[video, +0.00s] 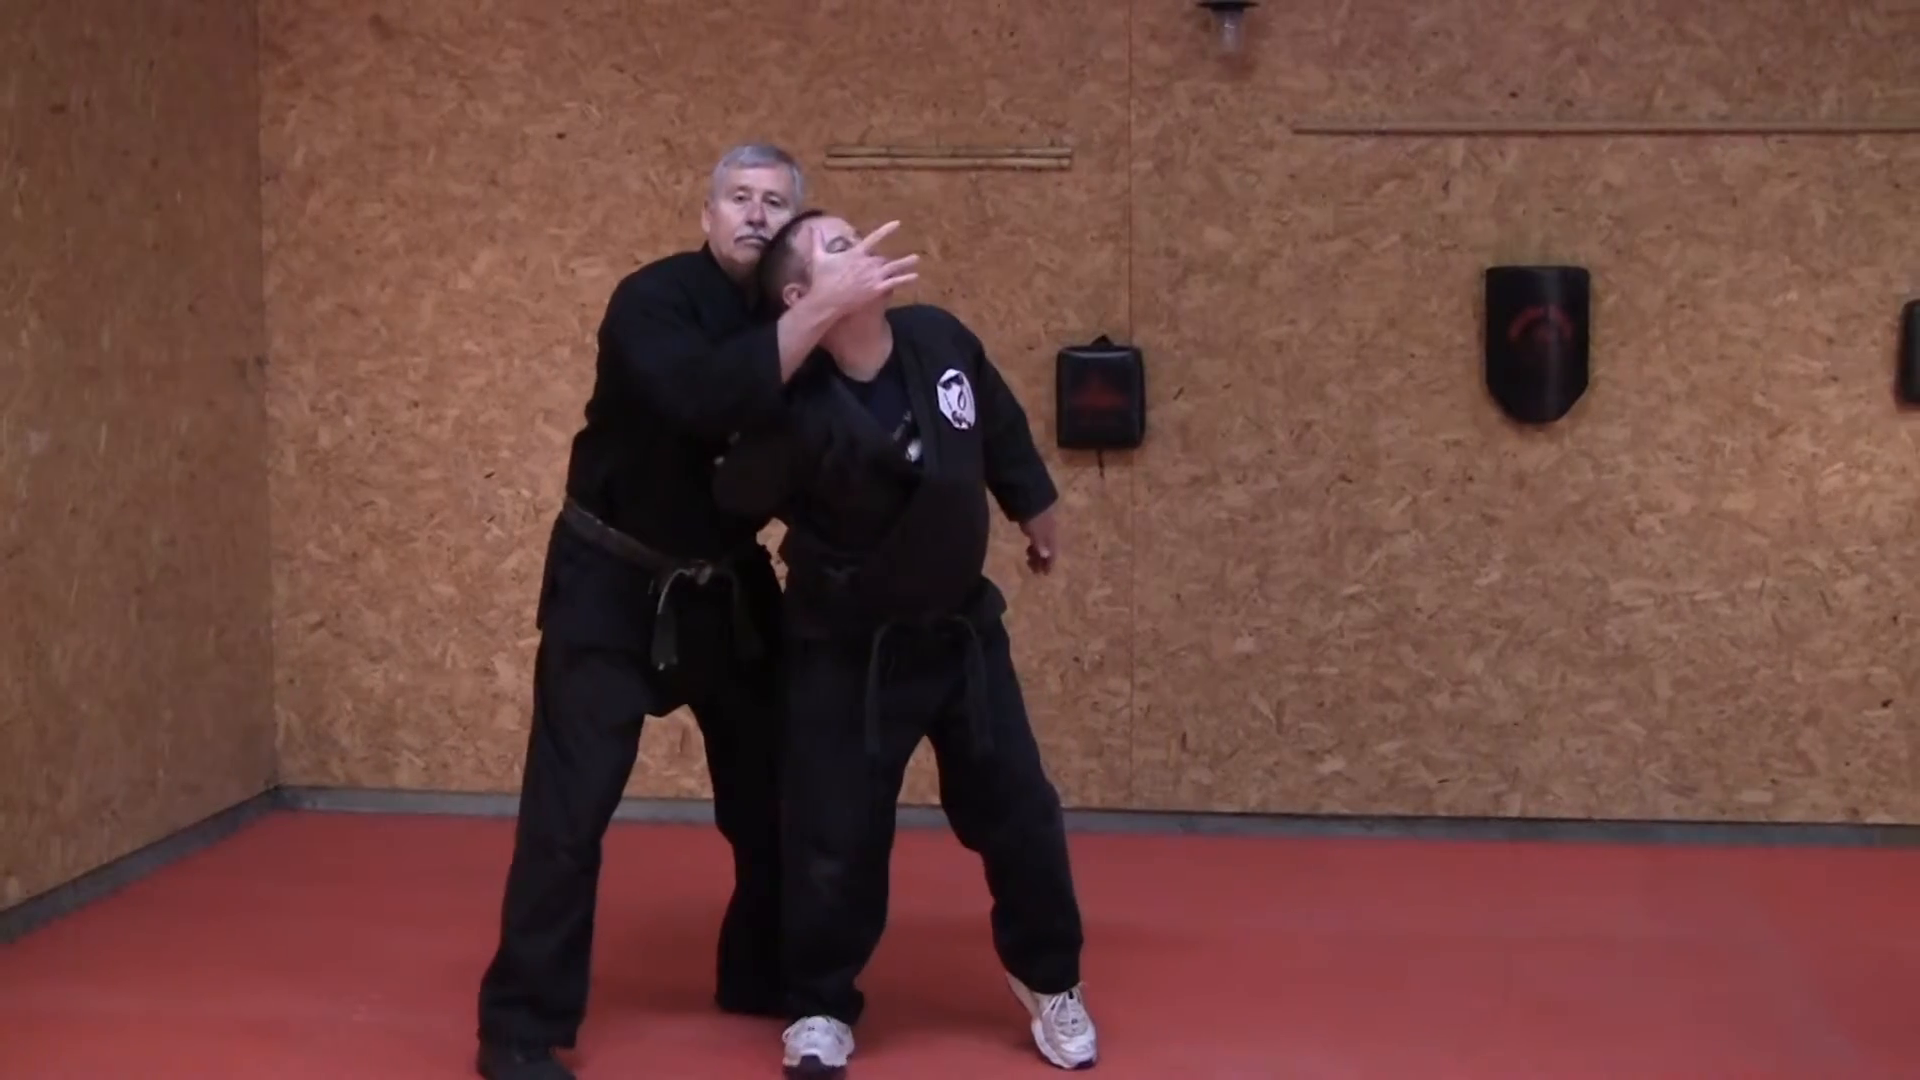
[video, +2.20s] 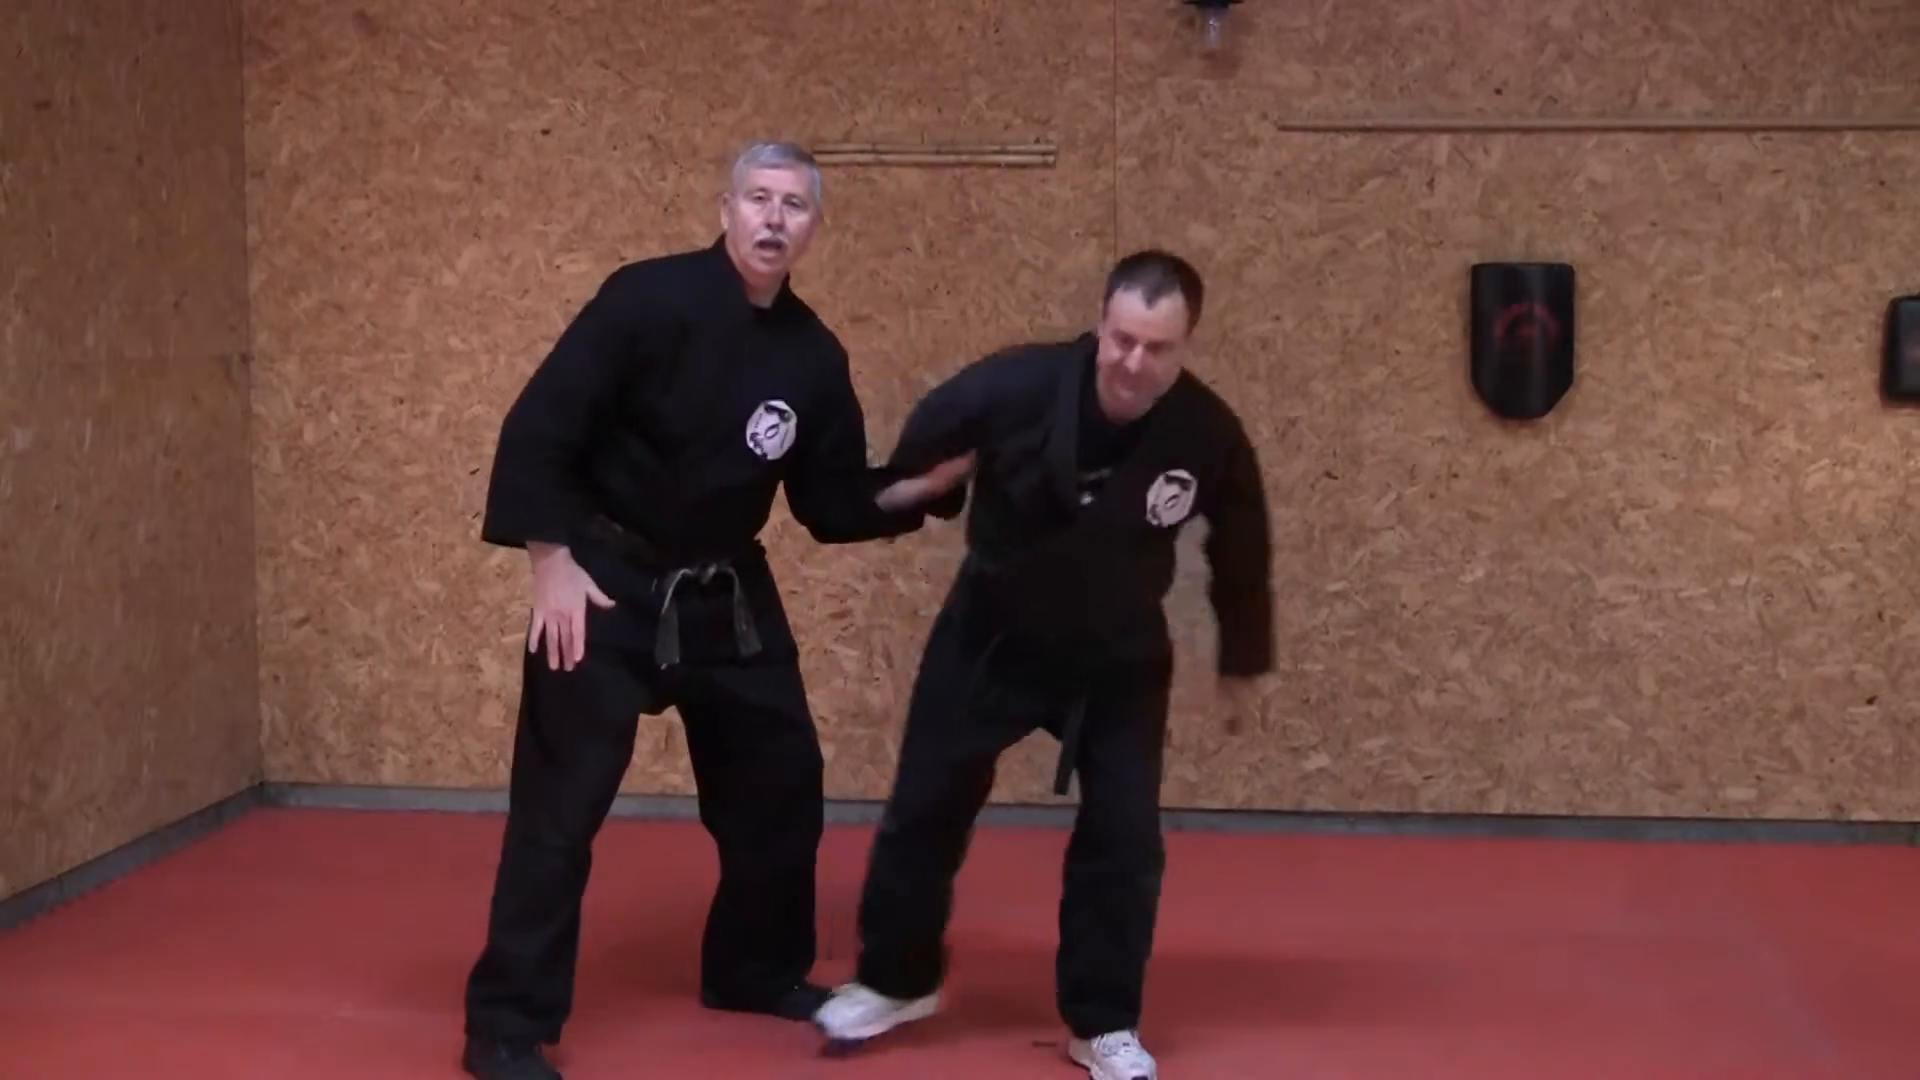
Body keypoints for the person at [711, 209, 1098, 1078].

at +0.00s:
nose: (862, 245)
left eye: (854, 235)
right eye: (833, 245)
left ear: (873, 268)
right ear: (805, 301)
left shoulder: (938, 339)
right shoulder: (799, 410)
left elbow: (999, 423)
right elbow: (735, 505)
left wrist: (1034, 505)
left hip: (959, 626)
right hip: (843, 639)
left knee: (1018, 807)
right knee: (832, 826)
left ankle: (1050, 981)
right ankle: (820, 1007)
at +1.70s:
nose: (964, 302)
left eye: (959, 285)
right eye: (940, 295)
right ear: (882, 322)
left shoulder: (980, 361)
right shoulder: (838, 416)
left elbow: (1005, 452)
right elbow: (733, 474)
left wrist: (1005, 536)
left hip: (962, 629)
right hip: (846, 645)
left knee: (1030, 803)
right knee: (828, 833)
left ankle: (1042, 968)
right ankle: (807, 1015)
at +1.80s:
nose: (1002, 319)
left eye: (999, 302)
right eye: (981, 310)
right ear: (919, 330)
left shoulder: (1013, 375)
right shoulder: (863, 419)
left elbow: (1025, 460)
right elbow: (759, 454)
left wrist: (1021, 541)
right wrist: (772, 434)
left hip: (973, 634)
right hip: (861, 645)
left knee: (1037, 812)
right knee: (835, 829)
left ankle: (1074, 989)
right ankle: (807, 1015)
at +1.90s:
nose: (1053, 344)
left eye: (1052, 327)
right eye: (1031, 332)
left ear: (1055, 325)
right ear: (970, 340)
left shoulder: (1063, 408)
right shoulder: (903, 417)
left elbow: (1056, 537)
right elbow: (793, 445)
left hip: (997, 651)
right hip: (882, 655)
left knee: (1046, 830)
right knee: (839, 833)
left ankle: (1092, 1011)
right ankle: (807, 1015)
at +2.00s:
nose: (1104, 372)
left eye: (1113, 352)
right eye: (1082, 354)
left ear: (1121, 347)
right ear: (1025, 349)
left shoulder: (1119, 426)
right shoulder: (952, 413)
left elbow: (1119, 518)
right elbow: (827, 437)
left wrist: (1102, 590)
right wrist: (878, 489)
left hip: (1040, 652)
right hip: (918, 652)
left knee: (1077, 838)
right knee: (854, 828)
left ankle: (1101, 1018)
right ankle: (807, 1013)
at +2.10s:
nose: (1130, 380)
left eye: (1148, 361)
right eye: (1113, 357)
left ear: (1164, 358)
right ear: (1073, 341)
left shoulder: (1169, 435)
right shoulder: (989, 400)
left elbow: (1182, 540)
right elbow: (871, 442)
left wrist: (1164, 634)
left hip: (1083, 653)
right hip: (958, 644)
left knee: (1105, 840)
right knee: (880, 819)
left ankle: (1105, 1023)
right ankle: (819, 1000)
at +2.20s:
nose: (1134, 363)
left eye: (1158, 348)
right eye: (1122, 340)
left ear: (1185, 348)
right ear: (1099, 324)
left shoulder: (1206, 435)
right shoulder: (1019, 386)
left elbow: (1239, 542)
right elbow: (924, 437)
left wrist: (1243, 651)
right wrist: (908, 505)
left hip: (1120, 650)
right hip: (992, 634)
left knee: (1125, 831)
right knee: (924, 806)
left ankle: (1104, 1023)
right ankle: (898, 981)